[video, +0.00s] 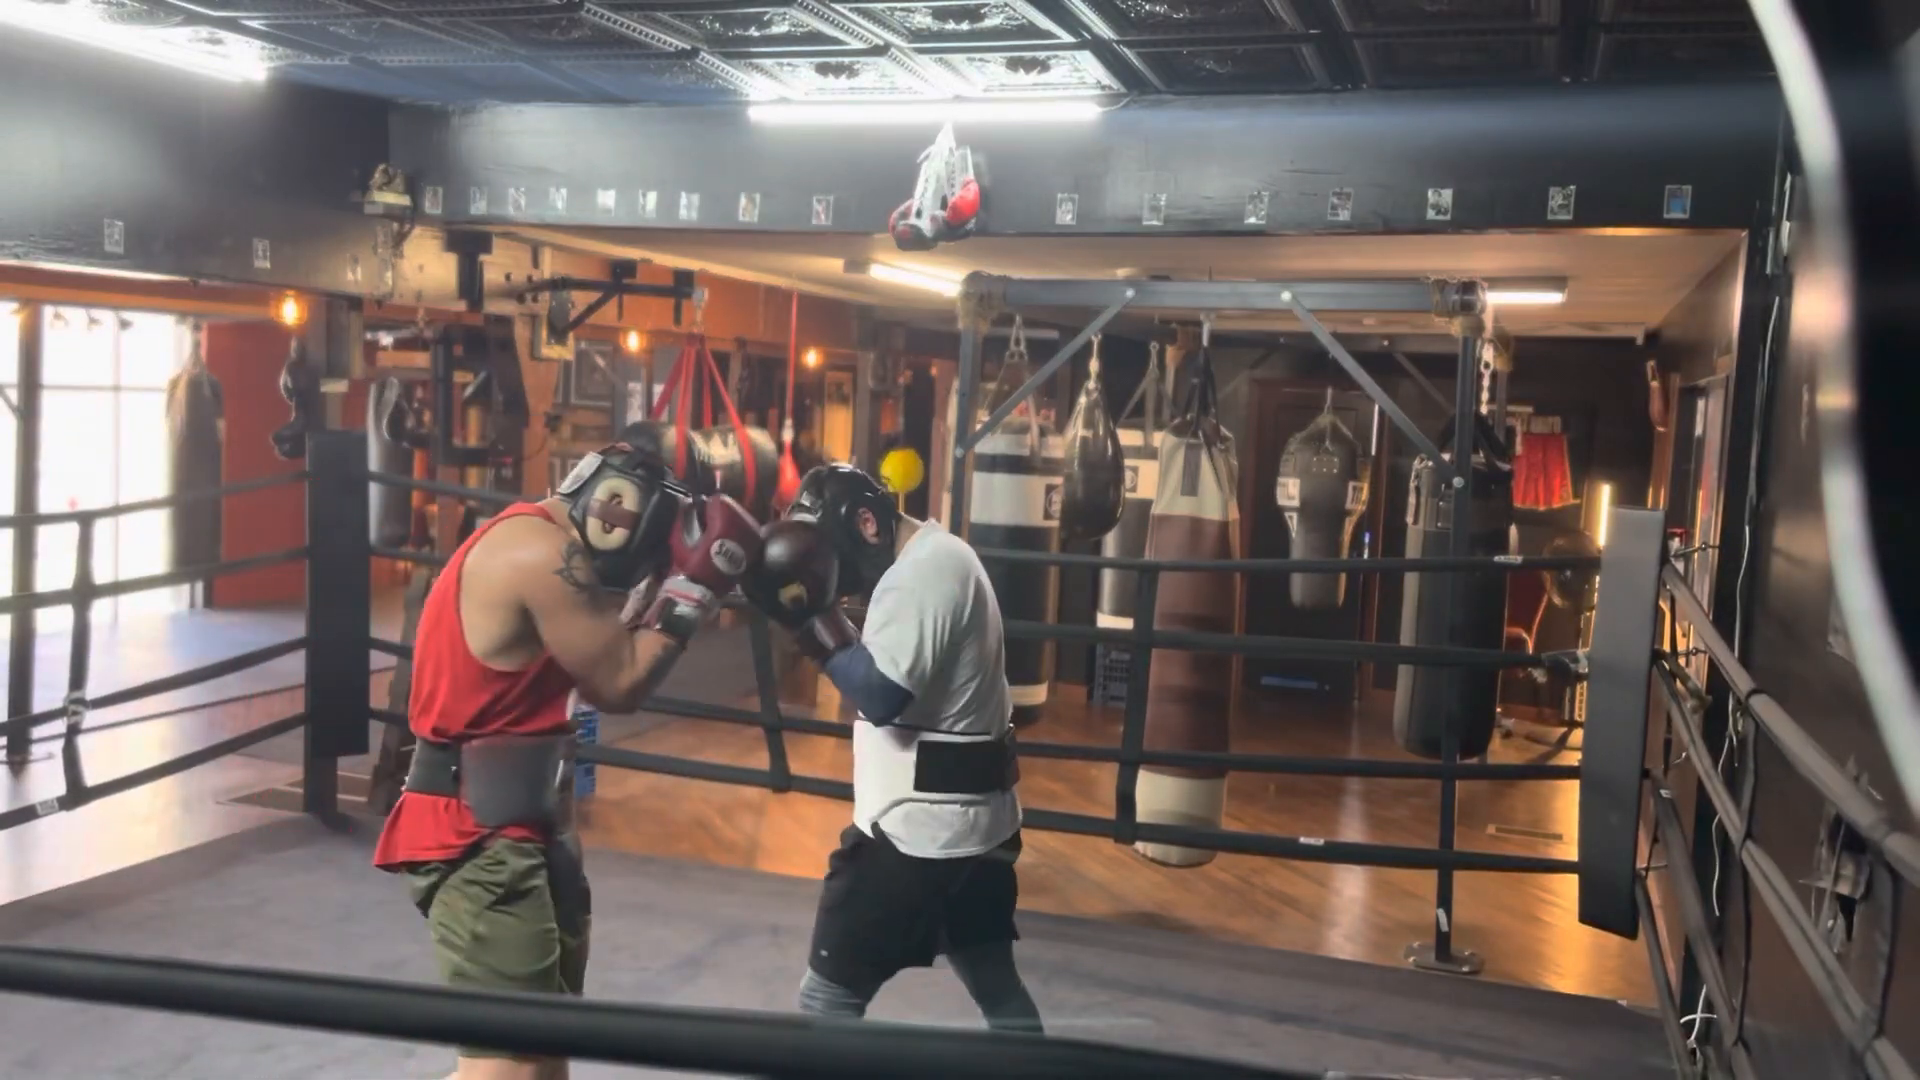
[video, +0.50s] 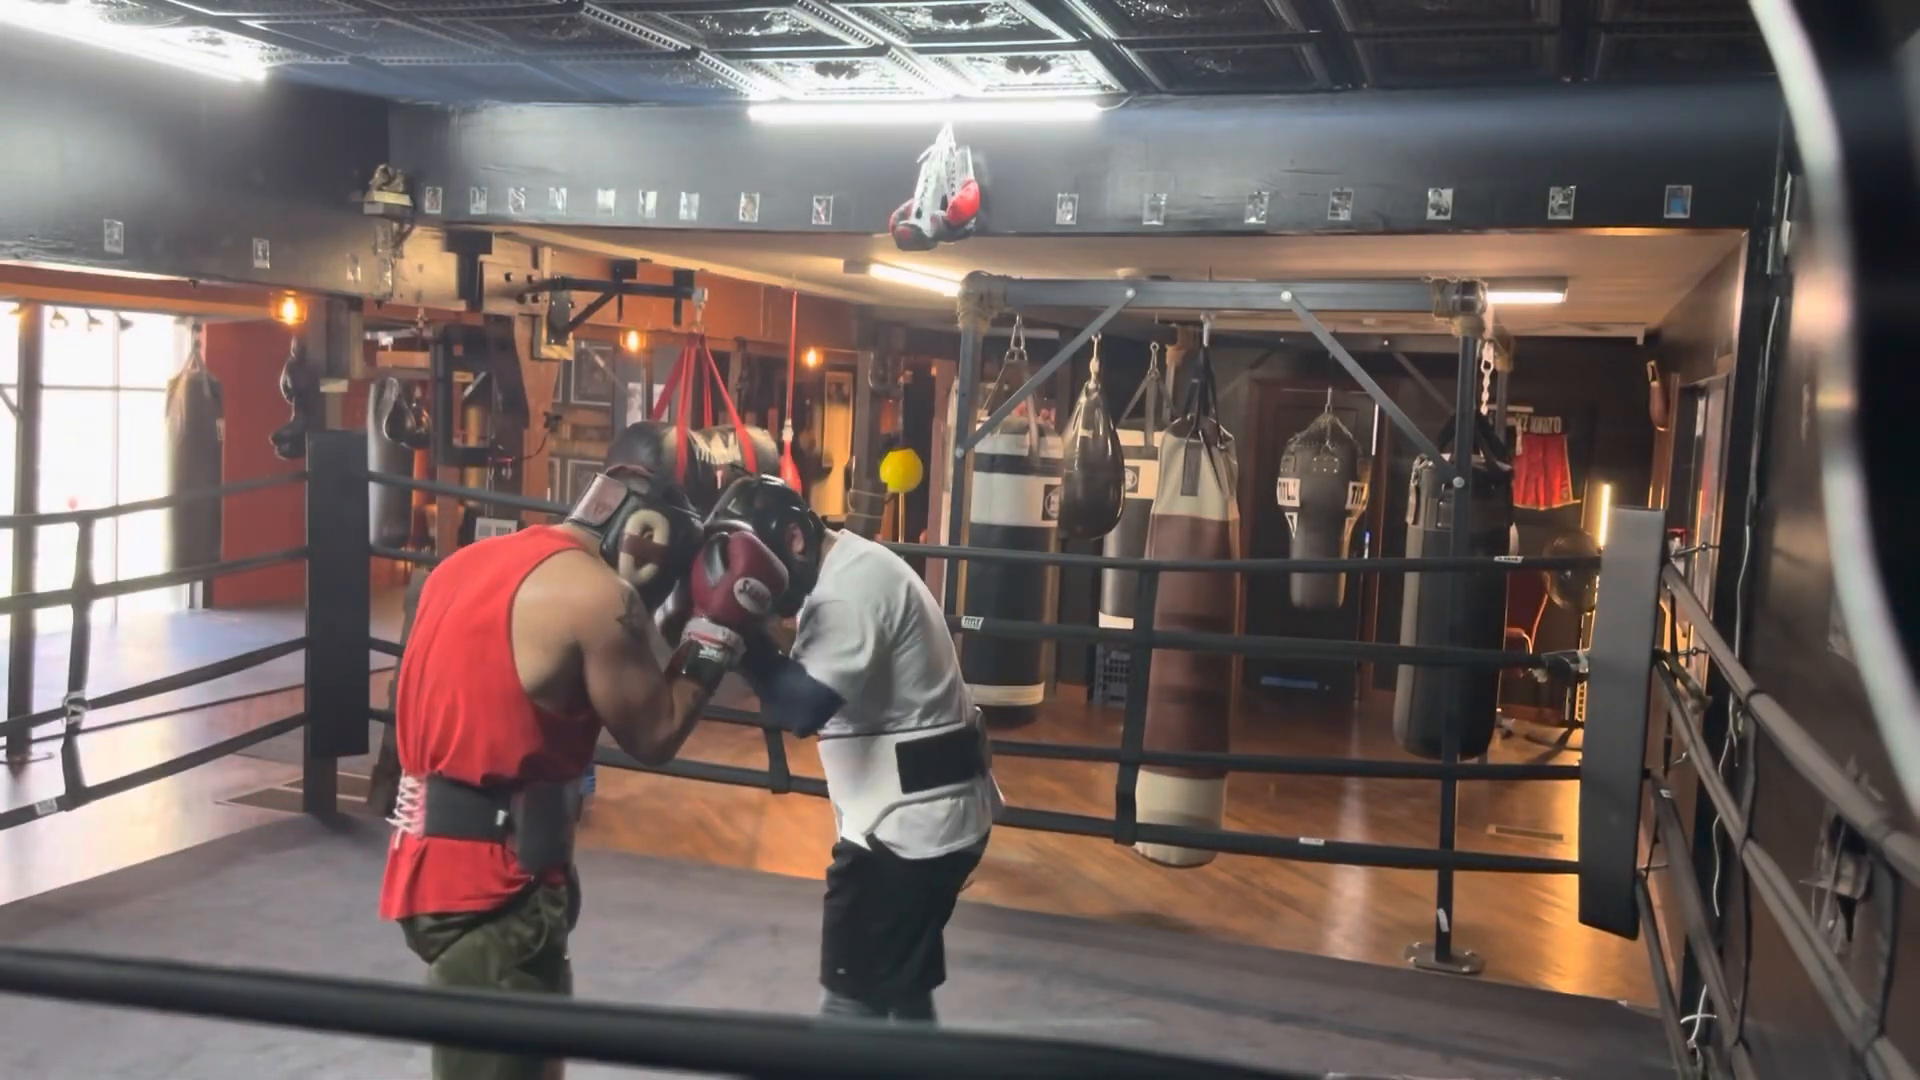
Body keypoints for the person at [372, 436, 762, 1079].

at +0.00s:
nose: (620, 521)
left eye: (640, 512)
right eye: (614, 499)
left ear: (656, 523)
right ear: (591, 485)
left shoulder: (545, 536)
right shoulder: (537, 554)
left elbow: (608, 660)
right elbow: (620, 683)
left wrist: (674, 579)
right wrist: (692, 593)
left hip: (516, 817)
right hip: (476, 825)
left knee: (547, 1041)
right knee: (506, 1049)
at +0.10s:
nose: (632, 526)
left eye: (653, 516)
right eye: (625, 503)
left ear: (673, 525)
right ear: (598, 485)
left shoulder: (543, 541)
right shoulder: (557, 562)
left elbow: (626, 678)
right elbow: (655, 677)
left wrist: (684, 581)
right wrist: (713, 575)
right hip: (494, 835)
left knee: (543, 1052)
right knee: (500, 1060)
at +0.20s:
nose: (654, 549)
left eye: (664, 534)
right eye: (647, 529)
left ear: (595, 497)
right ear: (620, 512)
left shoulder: (512, 553)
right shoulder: (573, 579)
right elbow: (669, 691)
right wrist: (719, 586)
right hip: (505, 859)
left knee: (562, 1049)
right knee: (504, 1061)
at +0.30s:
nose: (679, 557)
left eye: (684, 541)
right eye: (677, 538)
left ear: (598, 499)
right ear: (642, 526)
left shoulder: (486, 566)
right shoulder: (587, 591)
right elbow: (670, 714)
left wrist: (698, 617)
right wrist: (722, 609)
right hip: (507, 875)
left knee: (564, 1052)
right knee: (497, 1065)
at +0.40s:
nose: (671, 562)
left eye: (678, 546)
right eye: (678, 541)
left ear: (600, 496)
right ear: (647, 526)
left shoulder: (465, 563)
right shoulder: (593, 592)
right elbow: (651, 736)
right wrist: (718, 634)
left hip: (439, 868)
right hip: (504, 883)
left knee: (543, 1061)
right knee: (499, 1069)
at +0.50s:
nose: (667, 565)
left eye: (677, 551)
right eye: (673, 546)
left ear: (596, 503)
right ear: (645, 530)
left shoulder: (466, 562)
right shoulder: (592, 595)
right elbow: (654, 737)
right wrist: (717, 632)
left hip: (431, 867)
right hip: (497, 881)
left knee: (531, 1061)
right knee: (502, 1069)